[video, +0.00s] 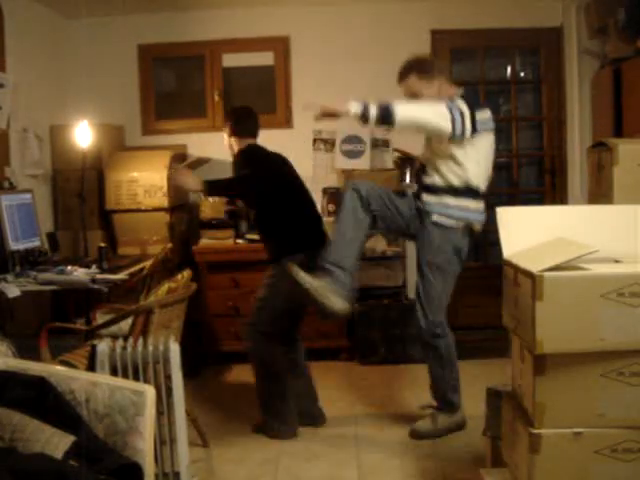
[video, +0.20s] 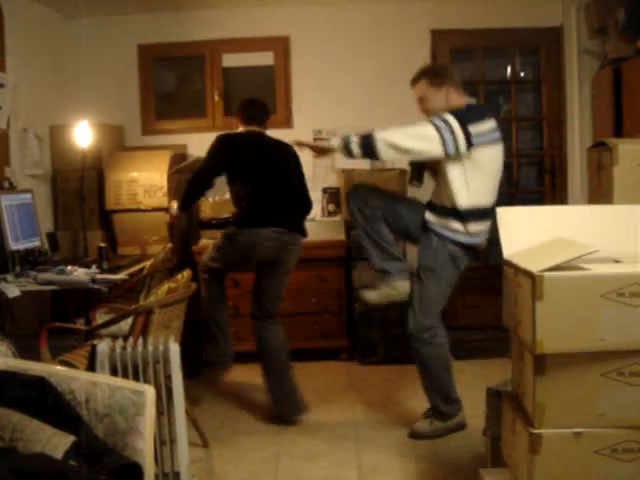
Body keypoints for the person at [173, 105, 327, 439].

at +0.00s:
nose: (225, 140)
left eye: (225, 134)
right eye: (226, 134)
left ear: (230, 134)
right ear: (257, 132)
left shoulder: (250, 161)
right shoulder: (275, 160)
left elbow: (247, 187)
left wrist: (201, 185)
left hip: (291, 257)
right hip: (311, 253)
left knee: (262, 331)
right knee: (285, 332)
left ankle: (279, 420)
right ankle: (307, 408)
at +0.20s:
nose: (240, 125)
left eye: (239, 119)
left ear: (239, 120)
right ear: (267, 122)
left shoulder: (228, 144)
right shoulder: (285, 150)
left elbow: (199, 182)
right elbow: (304, 202)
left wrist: (184, 209)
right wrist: (286, 225)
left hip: (249, 234)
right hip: (288, 238)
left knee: (212, 270)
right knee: (266, 316)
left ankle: (220, 350)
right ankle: (287, 404)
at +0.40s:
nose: (284, 142)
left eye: (283, 137)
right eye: (285, 137)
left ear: (254, 133)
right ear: (281, 136)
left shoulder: (223, 162)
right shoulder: (285, 164)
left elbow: (184, 203)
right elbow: (312, 211)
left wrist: (201, 237)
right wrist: (291, 193)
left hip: (217, 258)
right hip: (257, 259)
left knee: (219, 331)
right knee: (261, 340)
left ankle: (207, 407)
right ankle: (236, 412)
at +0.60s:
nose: (291, 138)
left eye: (291, 131)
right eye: (290, 132)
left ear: (259, 129)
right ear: (277, 130)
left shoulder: (227, 157)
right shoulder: (275, 159)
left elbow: (192, 203)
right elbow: (306, 202)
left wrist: (189, 245)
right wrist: (307, 167)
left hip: (203, 250)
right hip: (234, 253)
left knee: (242, 314)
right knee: (256, 334)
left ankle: (226, 371)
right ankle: (238, 414)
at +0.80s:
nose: (287, 122)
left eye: (287, 115)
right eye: (281, 115)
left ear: (260, 119)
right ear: (257, 117)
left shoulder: (247, 145)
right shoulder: (244, 144)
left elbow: (235, 197)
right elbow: (271, 184)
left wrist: (245, 230)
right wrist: (292, 147)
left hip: (223, 244)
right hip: (210, 246)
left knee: (260, 308)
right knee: (238, 319)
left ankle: (247, 384)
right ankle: (216, 394)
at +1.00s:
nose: (260, 123)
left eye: (263, 116)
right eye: (253, 115)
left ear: (265, 120)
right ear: (237, 119)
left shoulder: (258, 157)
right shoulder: (218, 148)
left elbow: (257, 208)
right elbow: (229, 185)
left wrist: (272, 239)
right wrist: (256, 142)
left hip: (235, 253)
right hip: (208, 255)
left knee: (284, 288)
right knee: (241, 333)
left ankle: (266, 358)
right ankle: (218, 397)